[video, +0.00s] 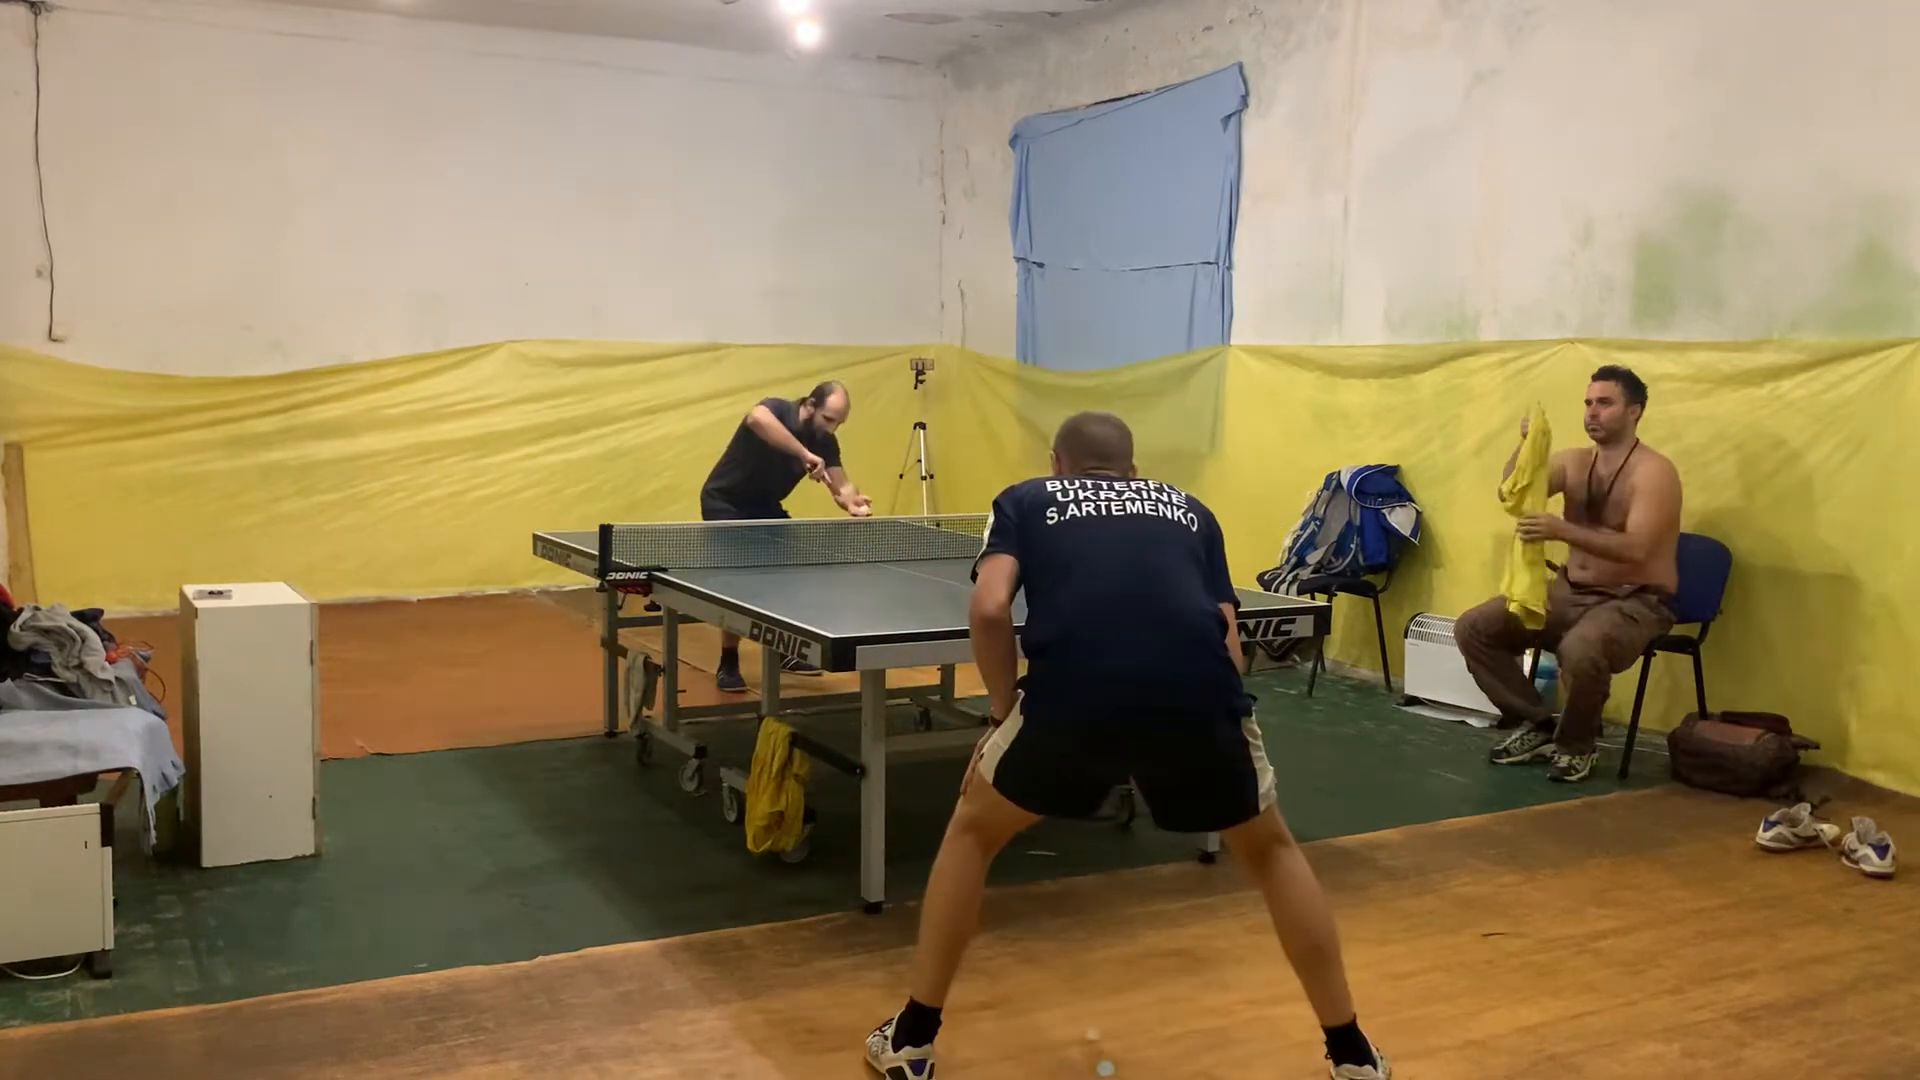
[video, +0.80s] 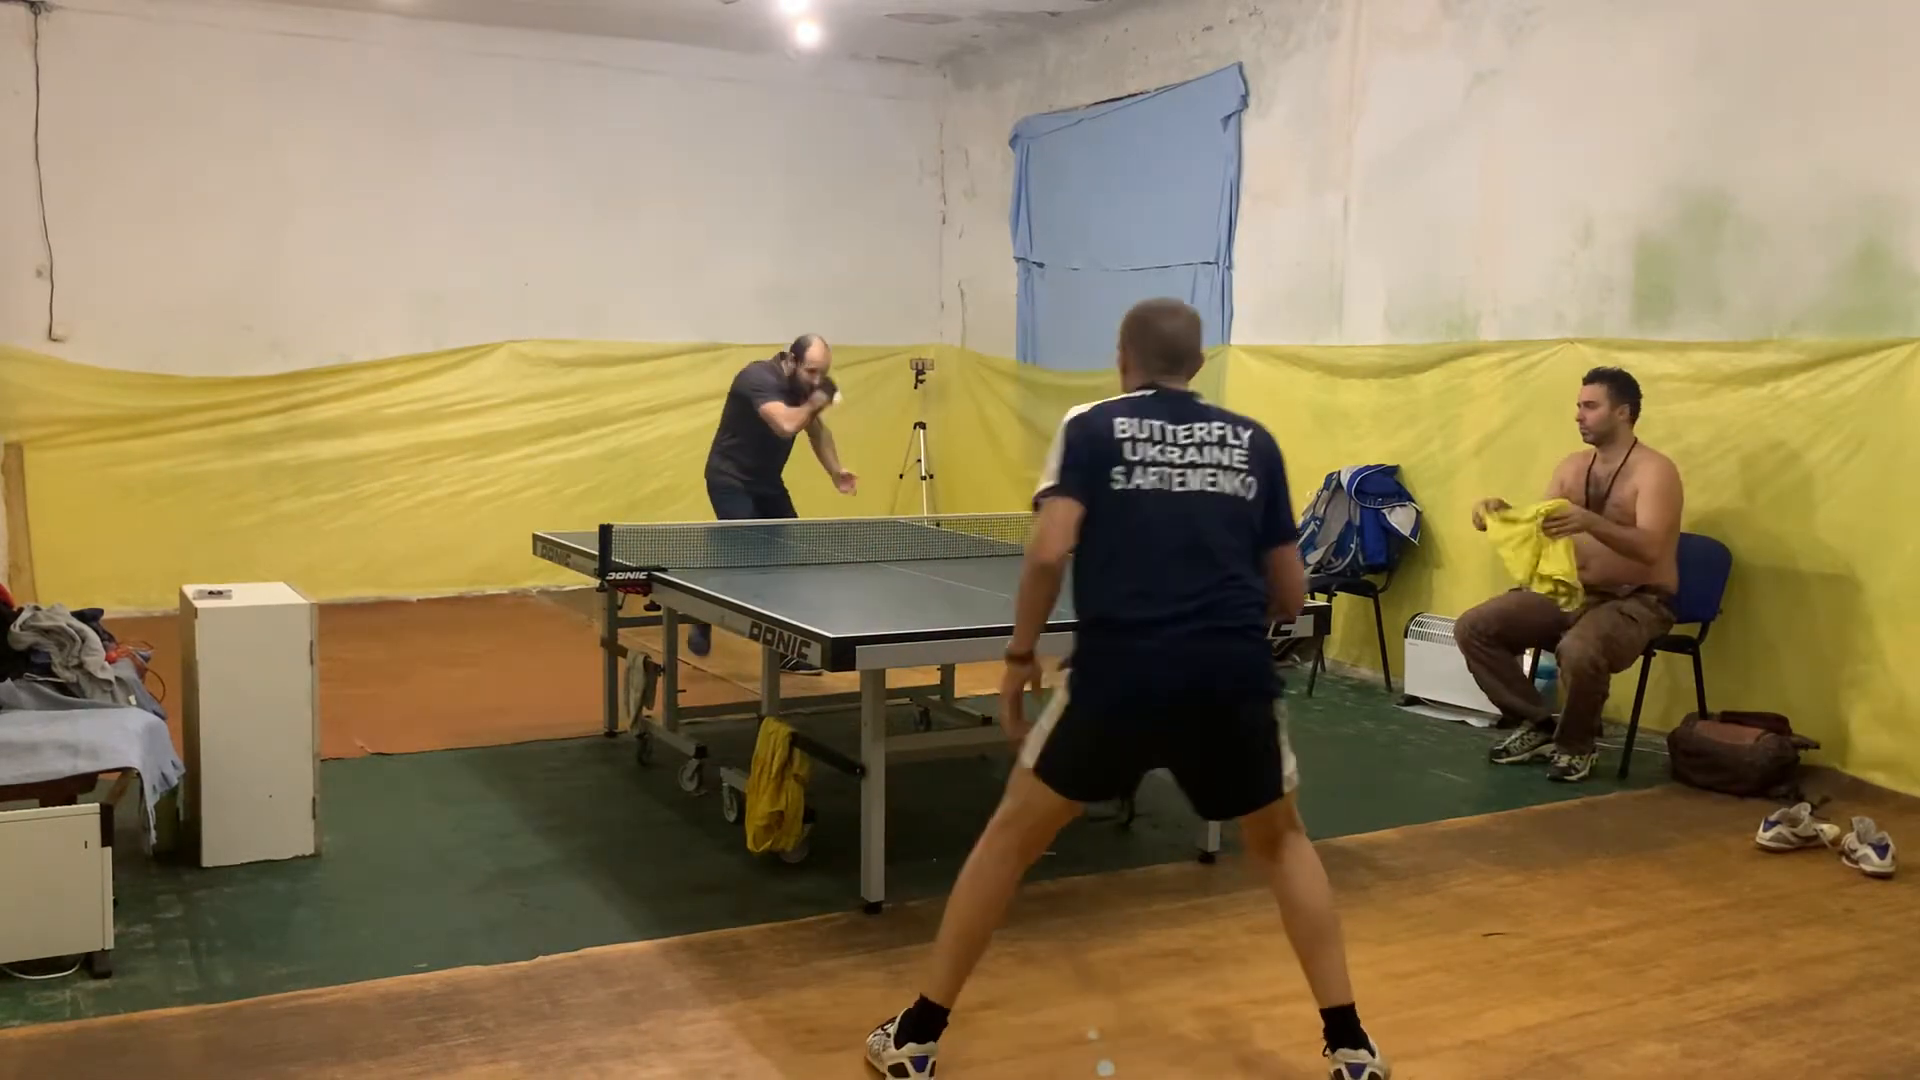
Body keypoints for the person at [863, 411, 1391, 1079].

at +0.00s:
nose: (1046, 468)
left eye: (1049, 461)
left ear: (1057, 463)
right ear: (1132, 466)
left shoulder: (1026, 499)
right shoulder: (1192, 510)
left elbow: (989, 607)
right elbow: (1228, 637)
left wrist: (1003, 709)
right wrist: (1228, 717)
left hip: (1074, 708)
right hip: (1196, 708)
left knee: (973, 834)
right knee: (1271, 850)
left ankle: (913, 1036)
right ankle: (1351, 1049)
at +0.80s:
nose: (1118, 369)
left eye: (1117, 358)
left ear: (1124, 363)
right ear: (1201, 366)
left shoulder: (1090, 427)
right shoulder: (1253, 441)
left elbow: (1050, 550)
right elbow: (1287, 594)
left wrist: (1020, 655)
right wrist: (1217, 613)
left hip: (1116, 687)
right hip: (1230, 689)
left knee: (1011, 841)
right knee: (1282, 840)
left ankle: (920, 1029)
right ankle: (1350, 1043)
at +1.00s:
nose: (1132, 333)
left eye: (1133, 322)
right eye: (1140, 323)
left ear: (1141, 326)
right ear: (1215, 327)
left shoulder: (1126, 389)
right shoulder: (1276, 399)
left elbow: (1109, 517)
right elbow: (1316, 542)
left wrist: (1057, 572)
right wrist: (1249, 535)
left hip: (1169, 650)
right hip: (1277, 650)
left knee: (1061, 799)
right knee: (1292, 814)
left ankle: (1048, 1027)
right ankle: (1356, 1000)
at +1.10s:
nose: (1134, 332)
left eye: (1135, 321)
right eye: (1141, 321)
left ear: (1144, 324)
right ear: (1219, 327)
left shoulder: (1128, 388)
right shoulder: (1276, 399)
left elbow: (1110, 517)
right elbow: (1309, 535)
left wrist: (1058, 567)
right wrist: (1243, 566)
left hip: (1170, 651)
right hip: (1277, 649)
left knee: (1072, 808)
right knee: (1295, 804)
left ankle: (1057, 1032)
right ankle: (1372, 990)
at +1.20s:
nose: (1134, 354)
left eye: (1135, 344)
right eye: (1139, 344)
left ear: (1144, 345)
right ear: (1219, 347)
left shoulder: (1135, 406)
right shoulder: (1273, 417)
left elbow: (1113, 539)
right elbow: (1308, 541)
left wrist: (1056, 577)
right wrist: (1236, 551)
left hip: (1187, 665)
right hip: (1289, 663)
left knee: (1068, 812)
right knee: (1310, 820)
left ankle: (1059, 1036)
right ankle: (1392, 1001)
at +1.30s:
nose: (1134, 369)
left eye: (1134, 360)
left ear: (1141, 360)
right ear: (1215, 363)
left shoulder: (1128, 418)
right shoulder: (1265, 429)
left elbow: (1103, 559)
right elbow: (1303, 555)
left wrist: (1052, 587)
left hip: (1183, 679)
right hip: (1285, 676)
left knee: (1061, 818)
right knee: (1300, 826)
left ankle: (1062, 1036)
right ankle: (1384, 999)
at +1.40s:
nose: (1134, 379)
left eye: (1134, 368)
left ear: (1140, 367)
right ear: (1212, 371)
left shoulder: (1114, 416)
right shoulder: (1260, 438)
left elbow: (1075, 555)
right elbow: (1293, 573)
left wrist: (1046, 581)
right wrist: (1225, 569)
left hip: (1157, 670)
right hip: (1258, 666)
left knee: (1048, 826)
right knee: (1262, 774)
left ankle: (1056, 1039)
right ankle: (1347, 946)